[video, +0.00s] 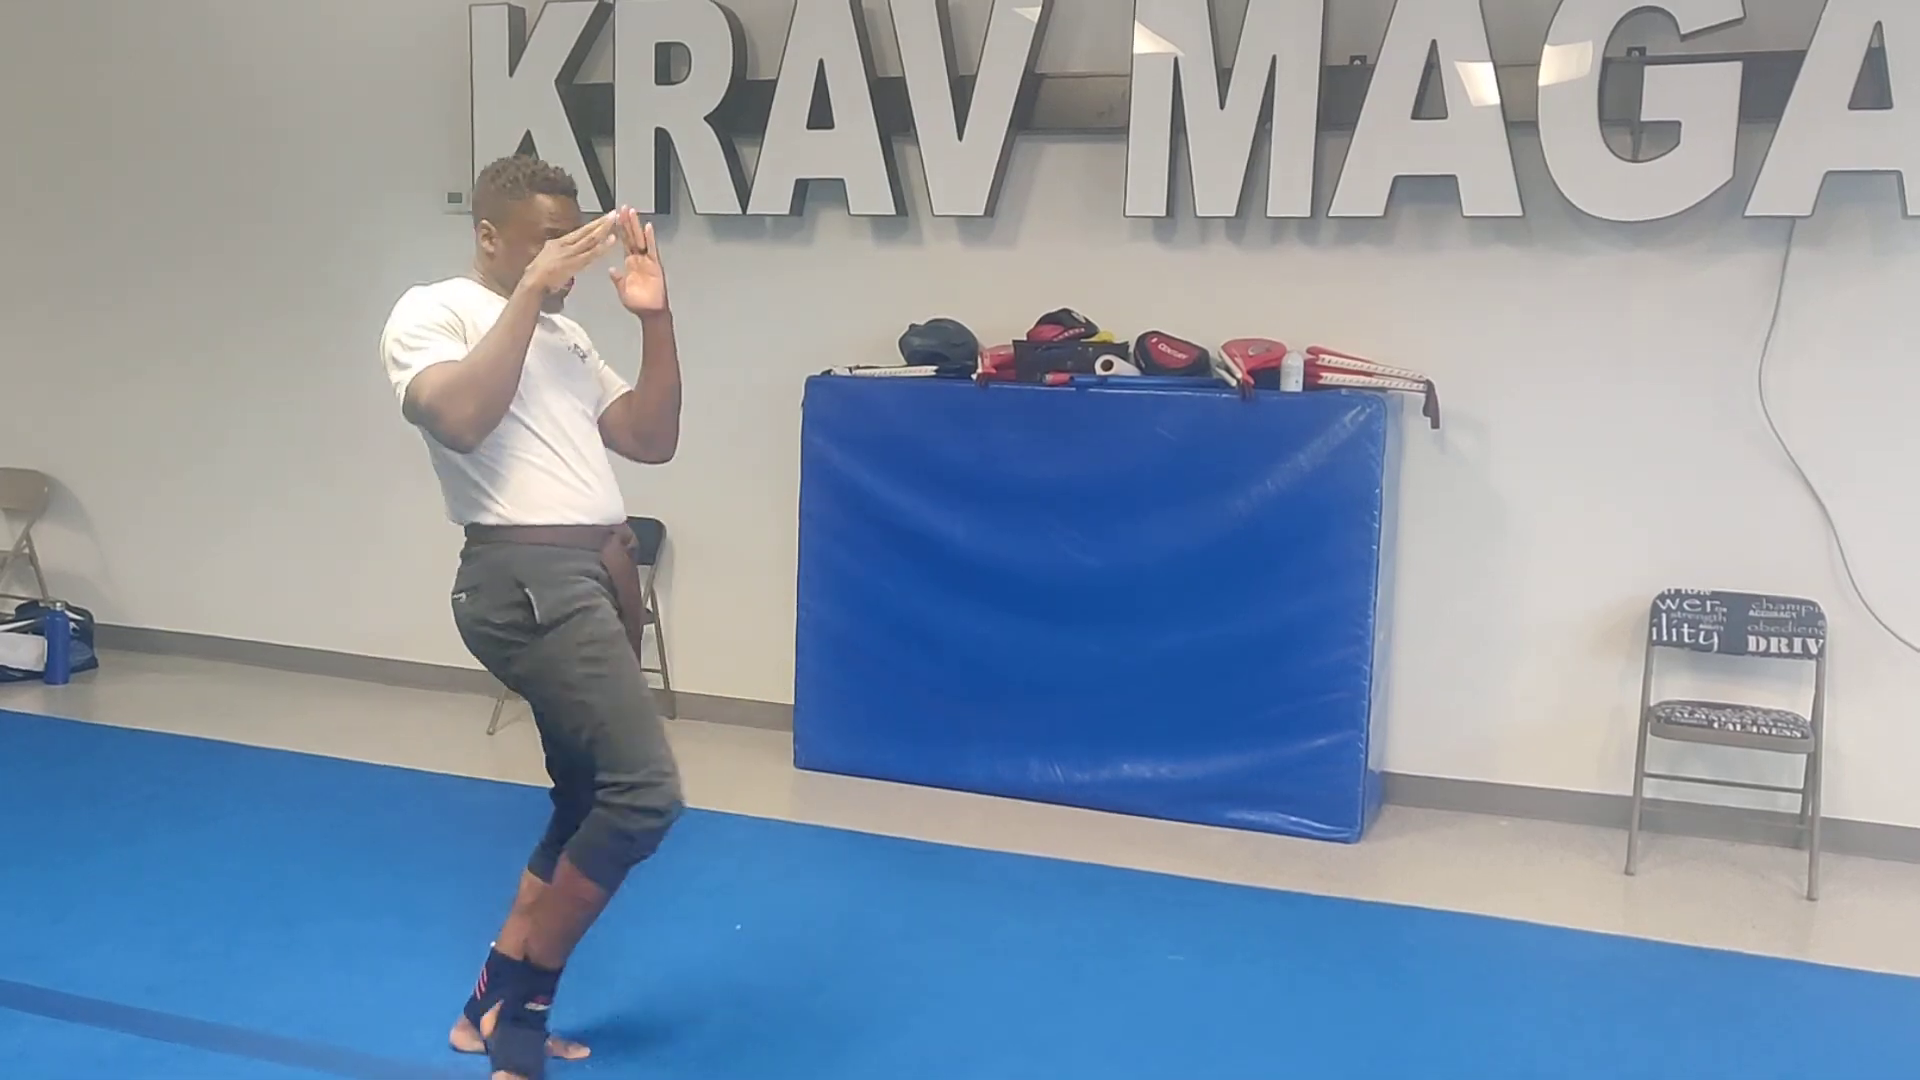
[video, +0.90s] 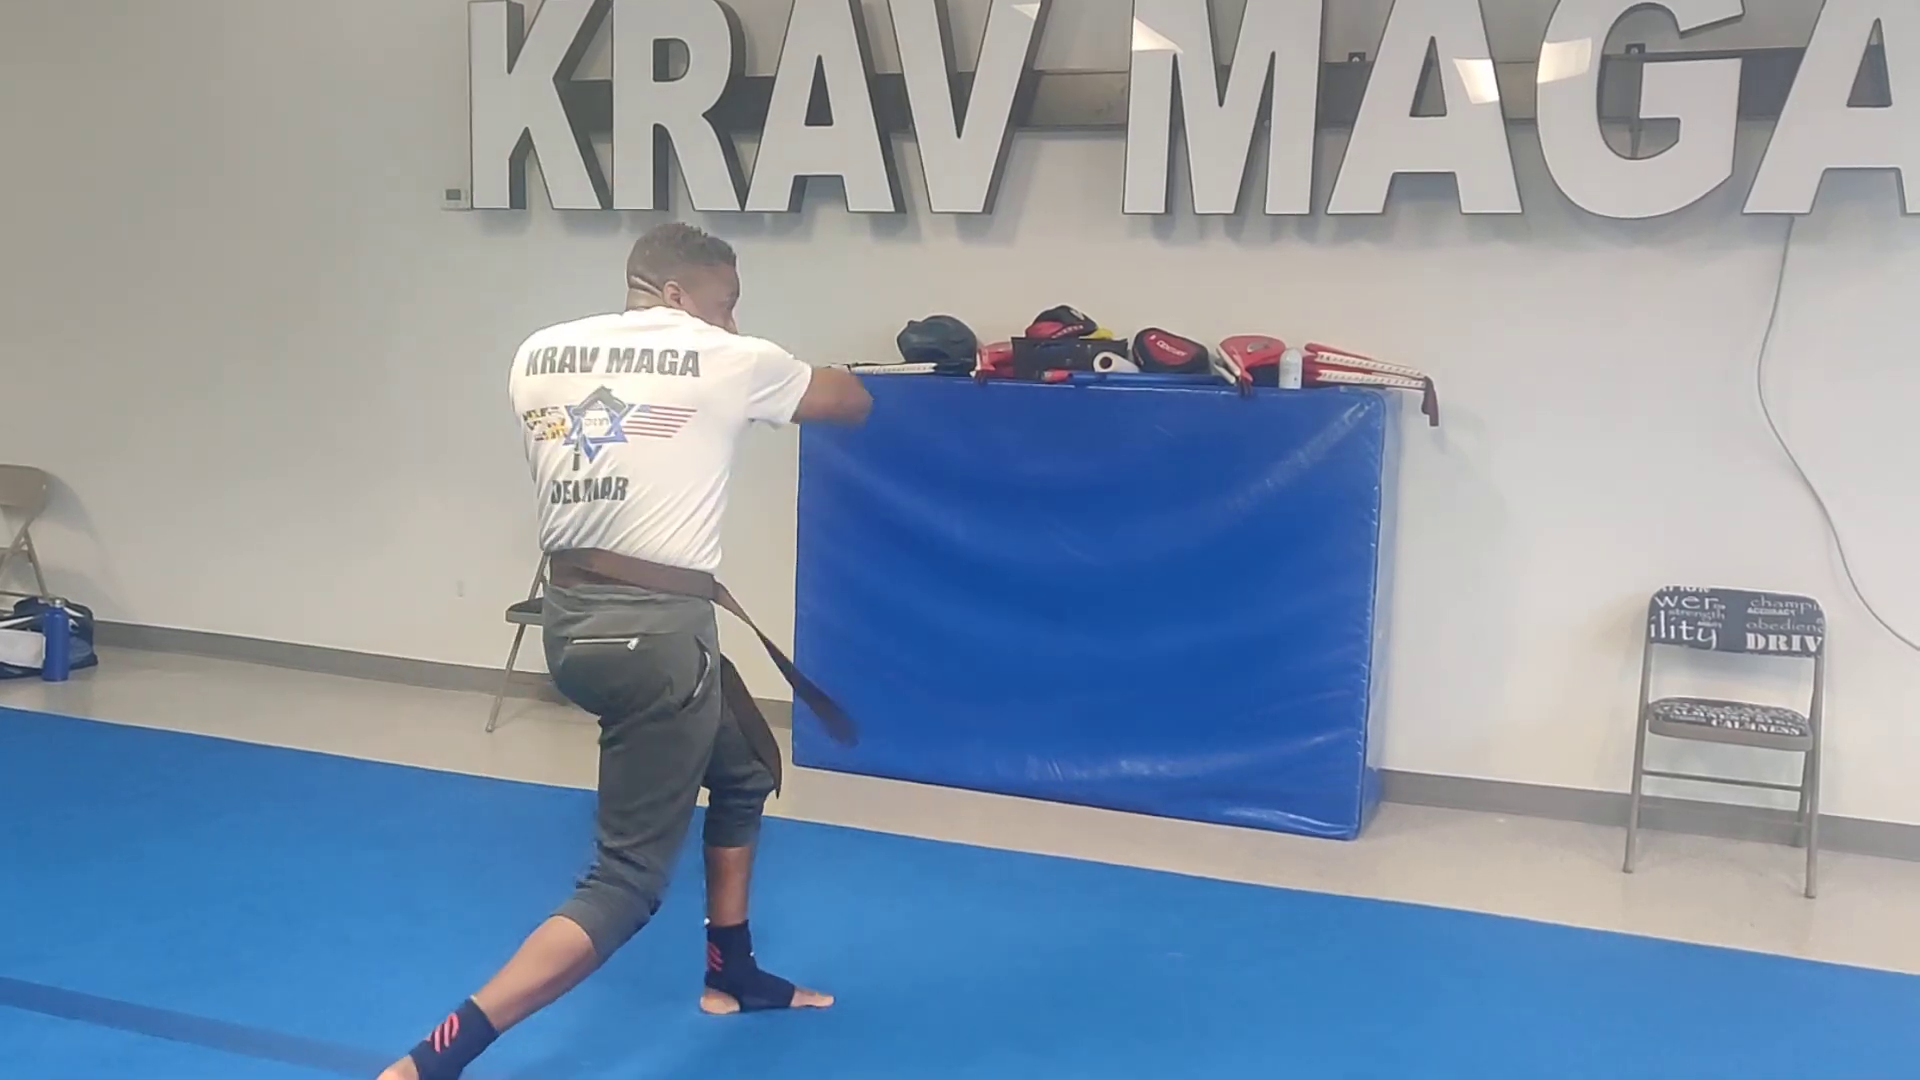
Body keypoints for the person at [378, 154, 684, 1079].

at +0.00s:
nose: (557, 259)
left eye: (567, 242)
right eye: (541, 243)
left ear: (572, 240)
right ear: (484, 234)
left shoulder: (562, 331)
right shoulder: (428, 313)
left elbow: (651, 440)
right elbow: (458, 421)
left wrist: (654, 324)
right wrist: (533, 294)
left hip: (598, 570)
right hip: (528, 575)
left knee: (589, 799)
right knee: (639, 795)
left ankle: (496, 996)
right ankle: (521, 1008)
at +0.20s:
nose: (583, 250)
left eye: (593, 231)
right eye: (564, 231)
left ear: (596, 229)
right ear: (503, 222)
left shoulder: (607, 300)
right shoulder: (437, 286)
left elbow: (679, 419)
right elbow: (433, 407)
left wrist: (671, 292)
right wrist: (514, 273)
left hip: (598, 577)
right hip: (501, 579)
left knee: (688, 789)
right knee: (520, 842)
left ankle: (557, 945)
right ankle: (439, 1058)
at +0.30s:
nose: (580, 276)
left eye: (595, 260)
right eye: (563, 258)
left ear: (609, 246)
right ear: (514, 246)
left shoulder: (621, 315)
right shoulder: (453, 299)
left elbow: (683, 458)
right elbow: (414, 432)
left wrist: (667, 329)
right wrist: (512, 301)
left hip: (605, 587)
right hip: (493, 589)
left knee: (715, 787)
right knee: (514, 859)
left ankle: (679, 960)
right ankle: (441, 1058)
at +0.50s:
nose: (656, 298)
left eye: (664, 282)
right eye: (641, 281)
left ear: (674, 278)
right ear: (586, 269)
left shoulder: (673, 349)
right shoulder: (519, 312)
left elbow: (723, 468)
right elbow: (418, 379)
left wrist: (723, 356)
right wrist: (572, 314)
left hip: (640, 608)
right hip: (541, 606)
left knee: (749, 789)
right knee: (562, 871)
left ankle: (731, 971)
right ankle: (443, 1057)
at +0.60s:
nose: (703, 294)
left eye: (708, 278)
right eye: (694, 275)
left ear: (683, 281)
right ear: (642, 264)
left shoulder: (666, 371)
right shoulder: (584, 329)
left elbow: (708, 459)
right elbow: (537, 310)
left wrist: (744, 359)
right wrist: (691, 288)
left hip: (646, 609)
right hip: (579, 606)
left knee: (747, 777)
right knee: (600, 872)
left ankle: (732, 971)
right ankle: (432, 1055)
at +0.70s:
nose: (708, 283)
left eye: (710, 269)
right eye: (705, 272)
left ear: (625, 258)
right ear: (669, 264)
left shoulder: (560, 327)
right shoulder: (646, 309)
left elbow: (669, 438)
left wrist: (733, 361)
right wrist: (815, 287)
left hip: (564, 597)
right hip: (621, 606)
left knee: (733, 761)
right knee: (622, 871)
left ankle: (735, 971)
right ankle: (421, 1057)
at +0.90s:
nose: (732, 324)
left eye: (732, 308)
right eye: (726, 308)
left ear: (639, 290)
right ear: (679, 292)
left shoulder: (536, 357)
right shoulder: (728, 359)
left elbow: (578, 467)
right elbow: (854, 401)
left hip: (572, 631)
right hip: (659, 636)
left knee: (746, 764)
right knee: (626, 880)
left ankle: (733, 970)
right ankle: (434, 1059)